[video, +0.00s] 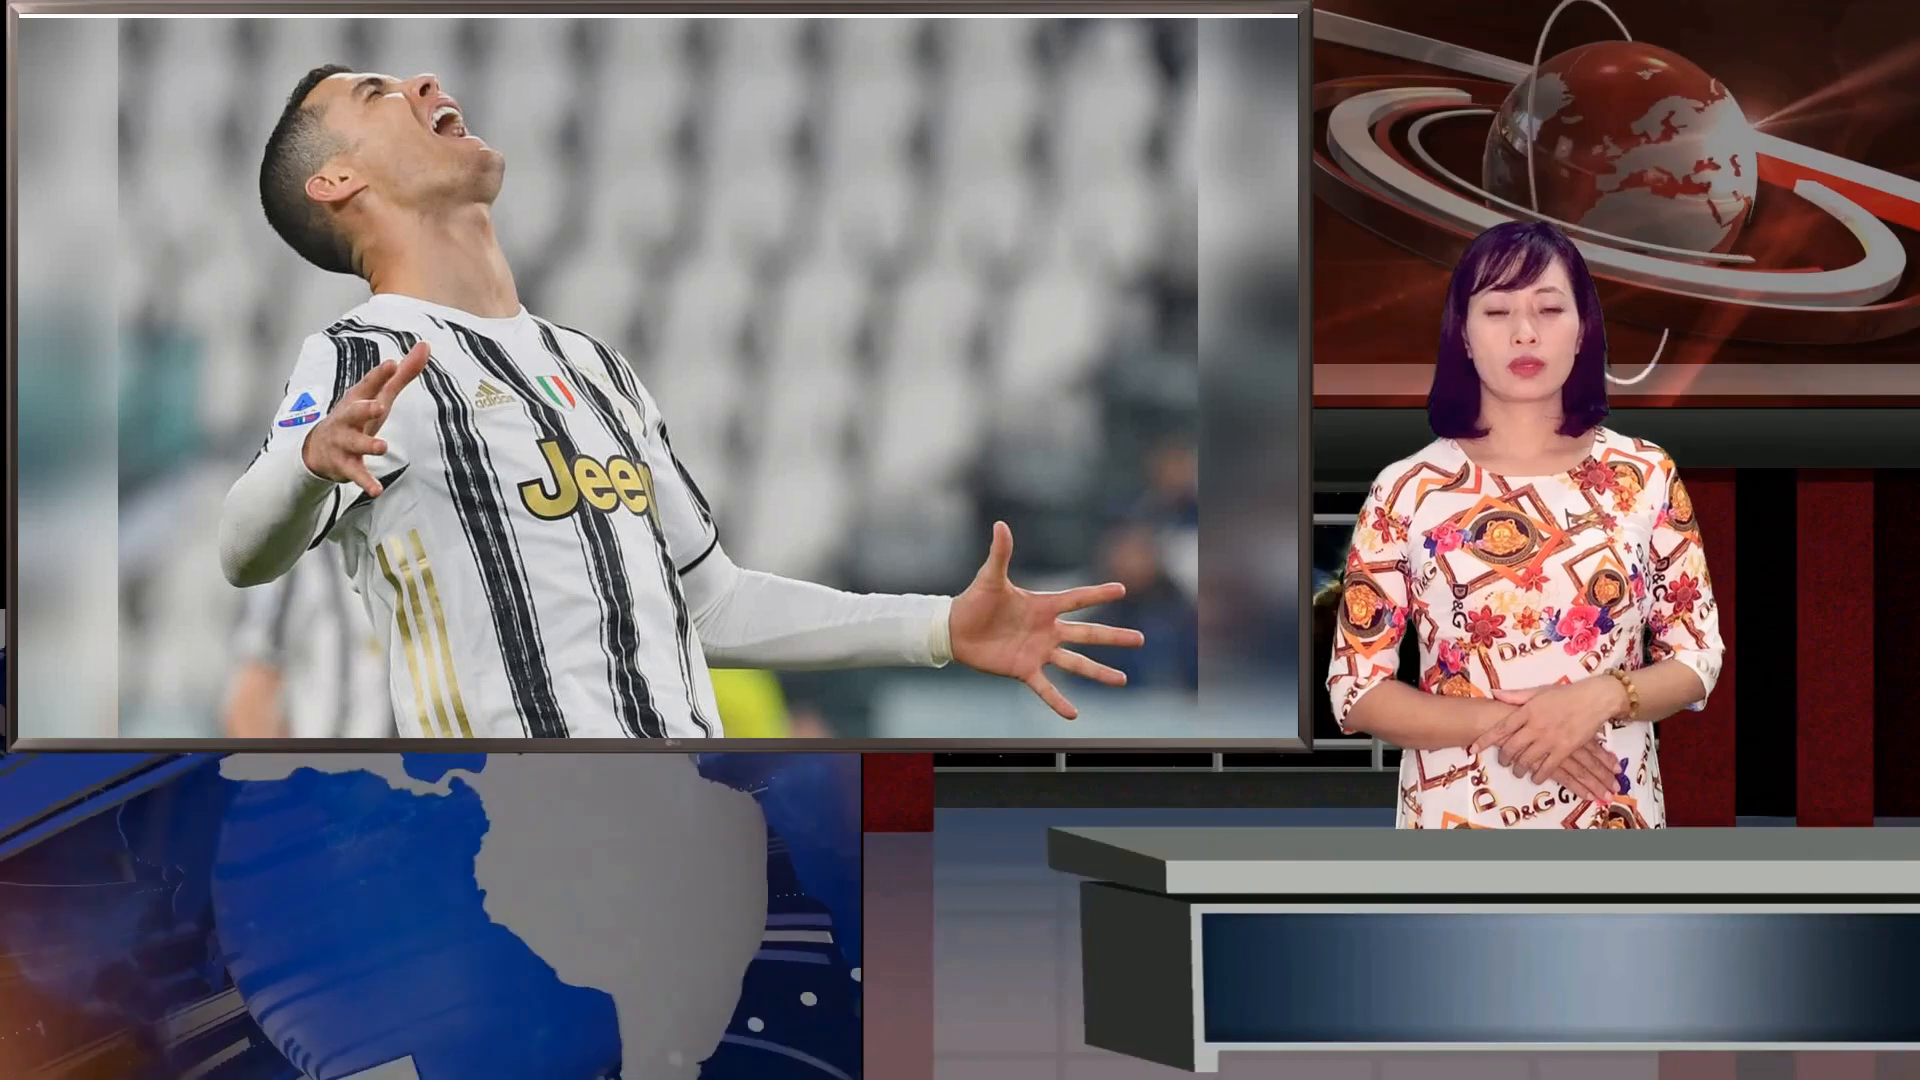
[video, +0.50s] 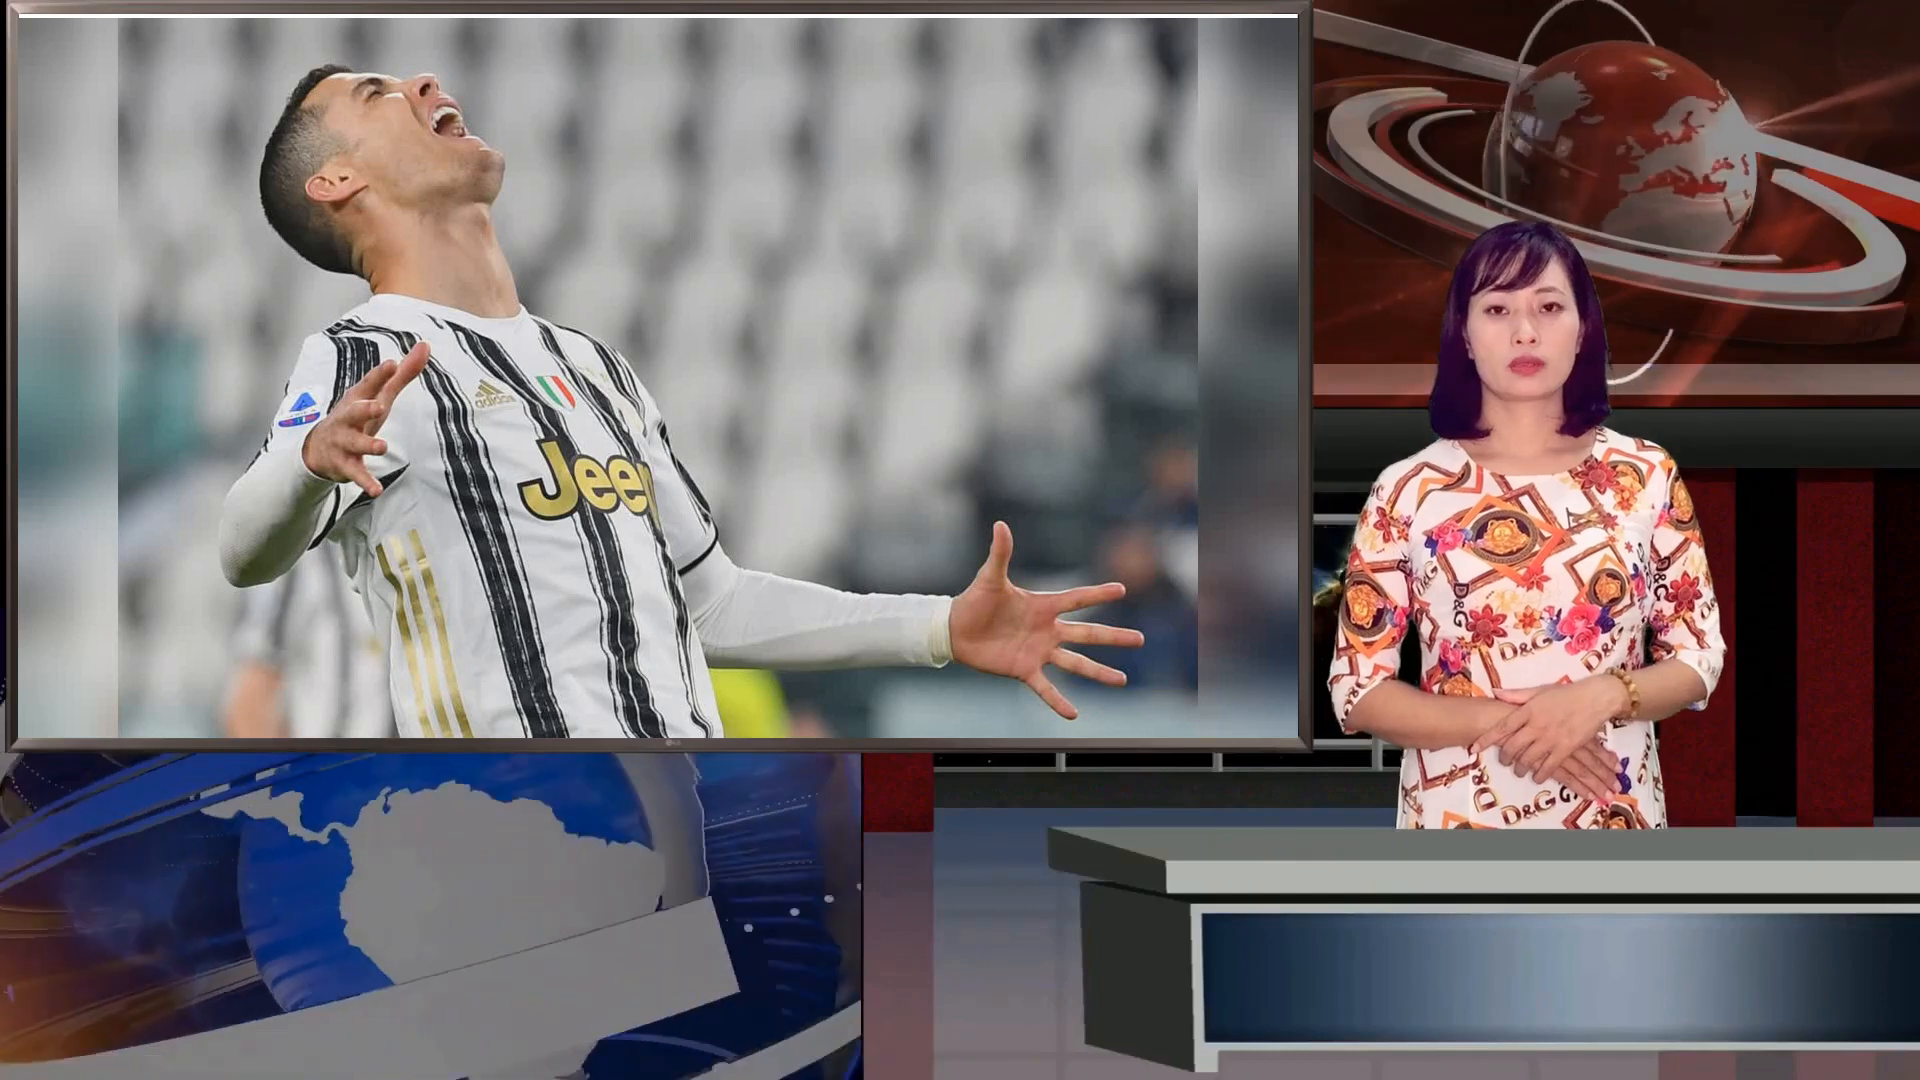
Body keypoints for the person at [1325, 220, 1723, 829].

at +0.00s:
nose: (1524, 331)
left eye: (1549, 309)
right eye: (1497, 311)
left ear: (1583, 328)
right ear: (1463, 332)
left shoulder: (1644, 477)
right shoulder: (1406, 491)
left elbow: (1697, 658)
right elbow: (1355, 690)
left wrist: (1601, 696)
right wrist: (1514, 727)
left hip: (1612, 827)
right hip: (1458, 828)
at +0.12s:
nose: (1525, 330)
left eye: (1549, 307)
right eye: (1498, 309)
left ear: (1583, 328)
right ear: (1464, 332)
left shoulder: (1644, 477)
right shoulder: (1407, 491)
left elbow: (1697, 658)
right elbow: (1356, 688)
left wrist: (1599, 696)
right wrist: (1515, 727)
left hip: (1611, 826)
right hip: (1458, 827)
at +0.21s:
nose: (1525, 330)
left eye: (1549, 307)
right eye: (1498, 309)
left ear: (1583, 328)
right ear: (1464, 332)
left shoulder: (1644, 477)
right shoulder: (1407, 490)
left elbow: (1698, 658)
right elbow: (1356, 688)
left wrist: (1599, 695)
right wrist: (1515, 726)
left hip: (1611, 827)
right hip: (1458, 827)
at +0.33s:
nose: (1525, 330)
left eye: (1549, 307)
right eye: (1498, 309)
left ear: (1583, 328)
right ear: (1464, 332)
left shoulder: (1644, 476)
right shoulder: (1407, 490)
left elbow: (1698, 658)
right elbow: (1356, 688)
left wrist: (1599, 695)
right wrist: (1516, 726)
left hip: (1612, 827)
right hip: (1458, 827)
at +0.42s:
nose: (1525, 330)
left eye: (1549, 307)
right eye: (1498, 309)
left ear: (1583, 328)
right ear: (1464, 332)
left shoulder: (1644, 477)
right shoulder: (1407, 491)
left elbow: (1698, 658)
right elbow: (1356, 690)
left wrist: (1600, 695)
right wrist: (1516, 726)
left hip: (1612, 827)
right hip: (1459, 827)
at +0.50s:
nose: (1525, 330)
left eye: (1549, 307)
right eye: (1498, 310)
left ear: (1583, 328)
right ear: (1464, 332)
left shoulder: (1644, 477)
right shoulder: (1407, 491)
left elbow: (1698, 658)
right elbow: (1356, 690)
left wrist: (1601, 695)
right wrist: (1516, 726)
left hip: (1613, 828)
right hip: (1459, 827)